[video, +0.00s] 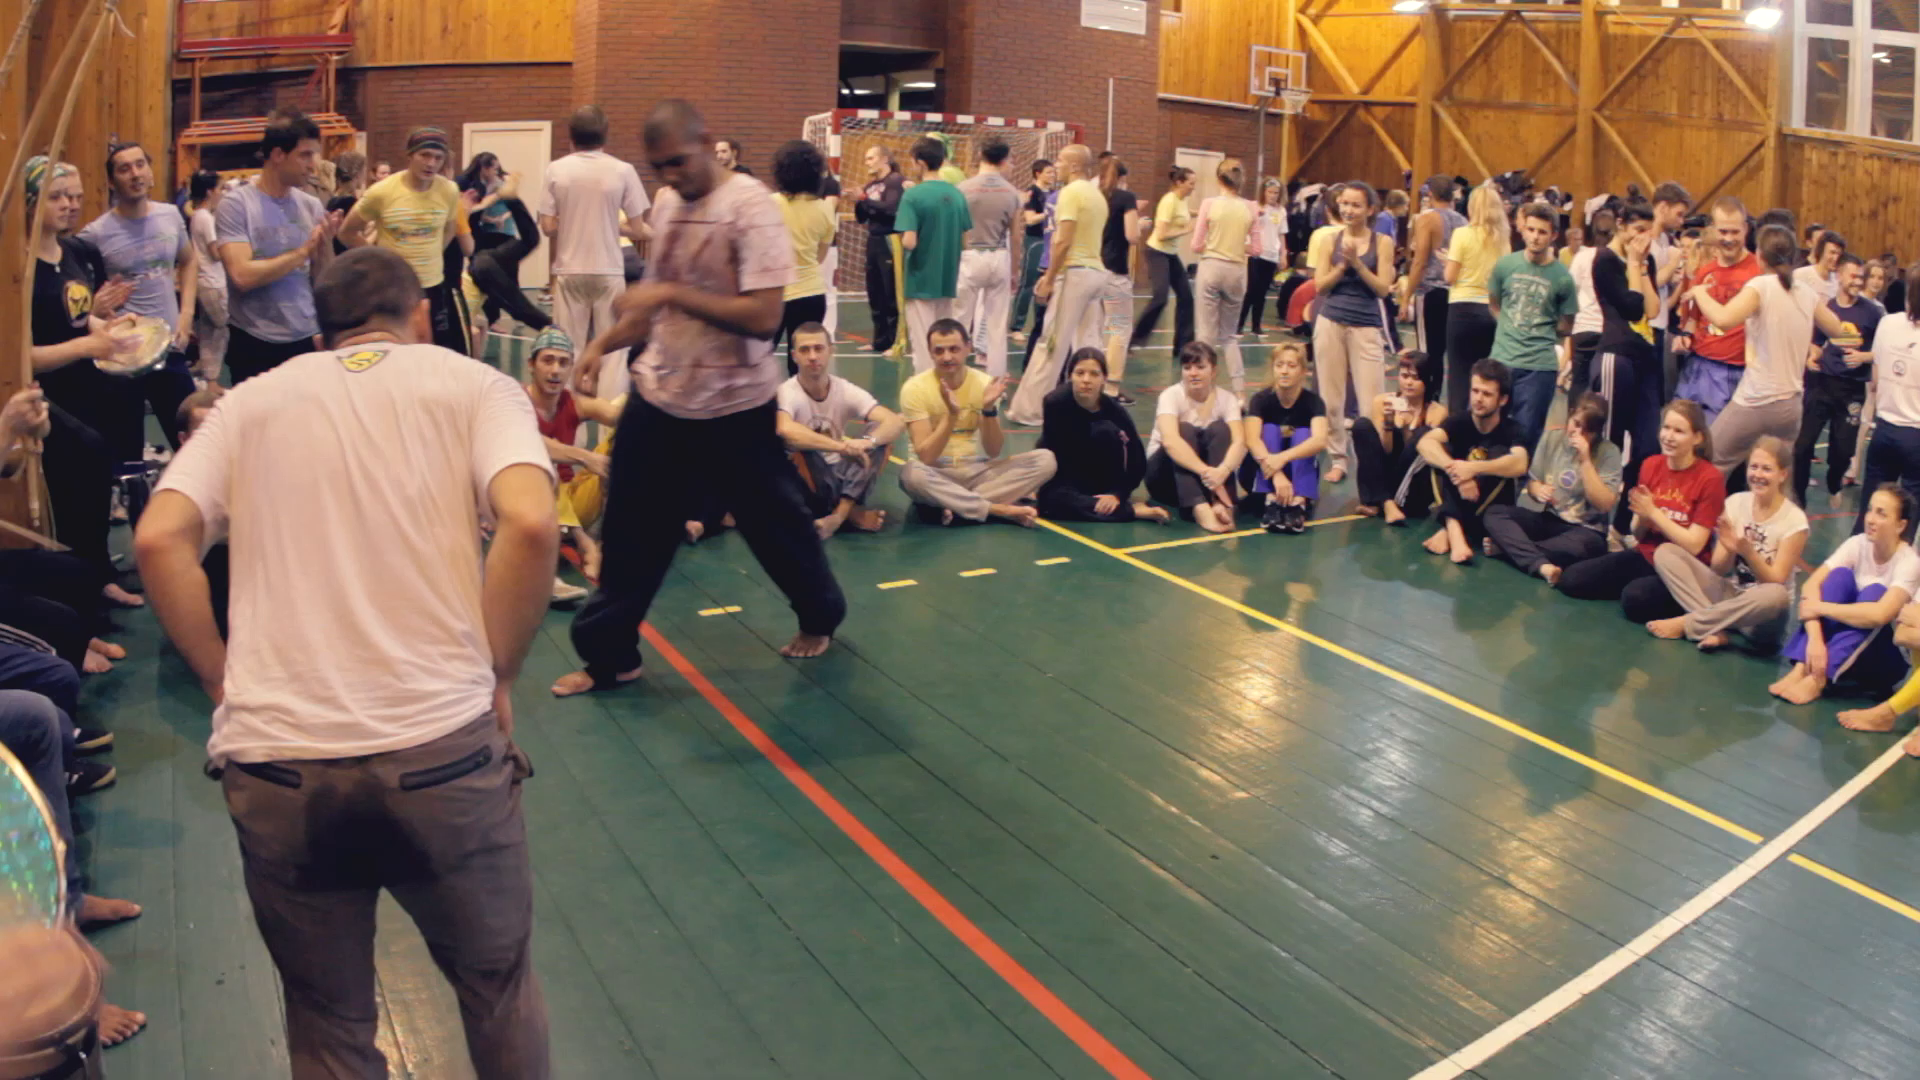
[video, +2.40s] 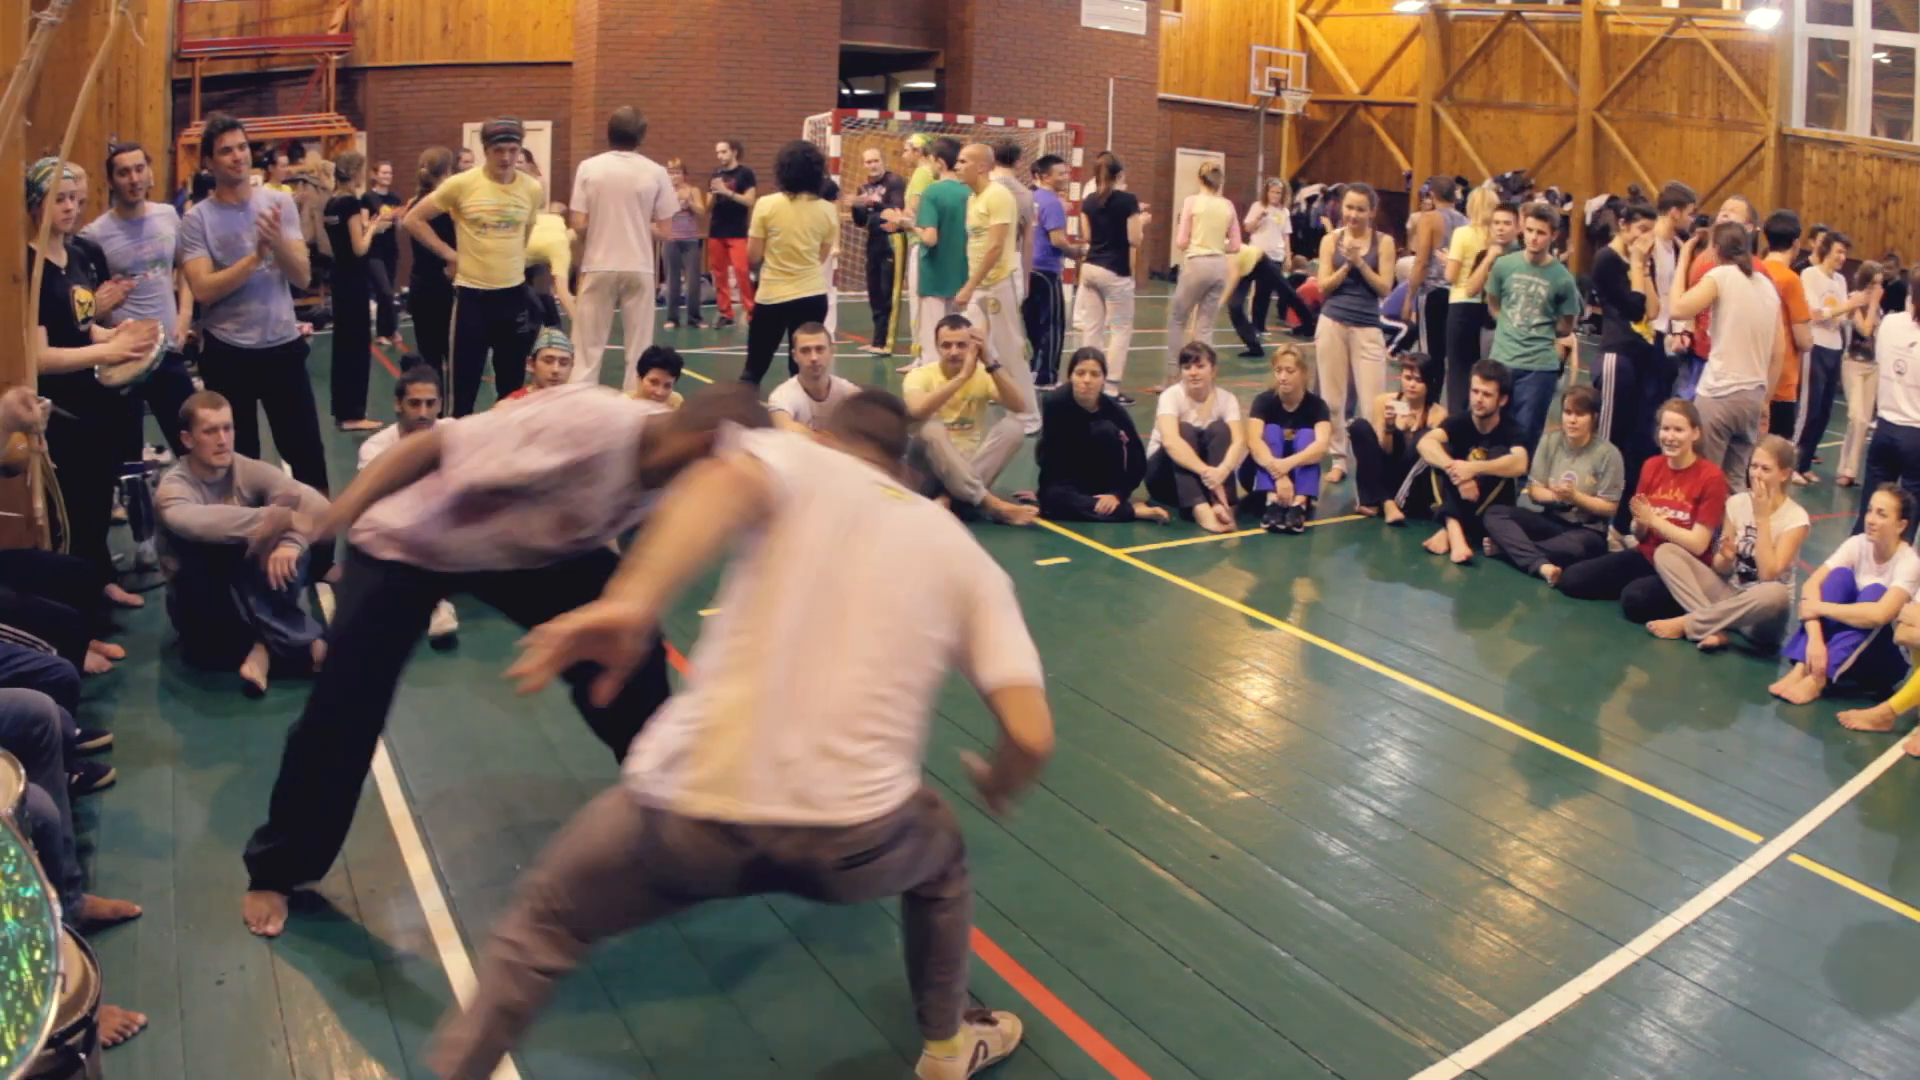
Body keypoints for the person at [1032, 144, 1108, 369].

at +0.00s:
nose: (1056, 166)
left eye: (1060, 161)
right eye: (1058, 160)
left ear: (1074, 165)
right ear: (1079, 166)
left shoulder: (1070, 192)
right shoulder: (1097, 195)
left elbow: (1064, 240)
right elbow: (1094, 239)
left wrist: (1048, 277)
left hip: (1074, 270)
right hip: (1097, 270)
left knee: (1053, 340)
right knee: (1089, 339)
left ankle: (1026, 399)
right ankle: (1091, 399)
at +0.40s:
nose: (1019, 165)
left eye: (1023, 160)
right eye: (1021, 159)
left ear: (1034, 163)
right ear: (1046, 163)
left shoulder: (1032, 192)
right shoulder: (1066, 192)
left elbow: (1022, 242)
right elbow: (1072, 236)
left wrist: (1009, 280)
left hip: (1042, 266)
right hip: (1066, 266)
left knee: (1033, 338)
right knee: (1051, 340)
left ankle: (1028, 407)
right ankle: (1059, 402)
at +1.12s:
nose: (994, 162)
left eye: (998, 157)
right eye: (996, 157)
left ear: (1012, 161)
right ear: (1018, 162)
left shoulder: (1013, 185)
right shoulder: (1031, 186)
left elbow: (1013, 232)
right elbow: (1039, 228)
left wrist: (1000, 273)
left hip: (1024, 262)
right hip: (1036, 260)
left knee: (1016, 333)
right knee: (1014, 332)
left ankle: (1025, 405)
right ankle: (1014, 400)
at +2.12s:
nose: (982, 165)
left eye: (988, 160)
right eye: (983, 160)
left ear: (1007, 166)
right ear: (1000, 166)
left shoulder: (1019, 195)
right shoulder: (1002, 195)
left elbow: (1020, 244)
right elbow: (1006, 243)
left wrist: (1002, 288)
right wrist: (998, 282)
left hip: (1021, 278)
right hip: (1002, 277)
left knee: (1021, 346)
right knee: (985, 339)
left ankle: (1026, 416)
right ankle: (997, 411)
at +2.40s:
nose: (957, 166)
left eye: (963, 162)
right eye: (958, 161)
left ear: (982, 167)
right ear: (970, 167)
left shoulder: (999, 195)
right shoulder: (974, 197)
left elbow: (996, 248)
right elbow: (978, 244)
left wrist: (970, 285)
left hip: (1000, 283)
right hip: (978, 282)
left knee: (1009, 348)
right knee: (973, 346)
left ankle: (1029, 414)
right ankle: (967, 411)